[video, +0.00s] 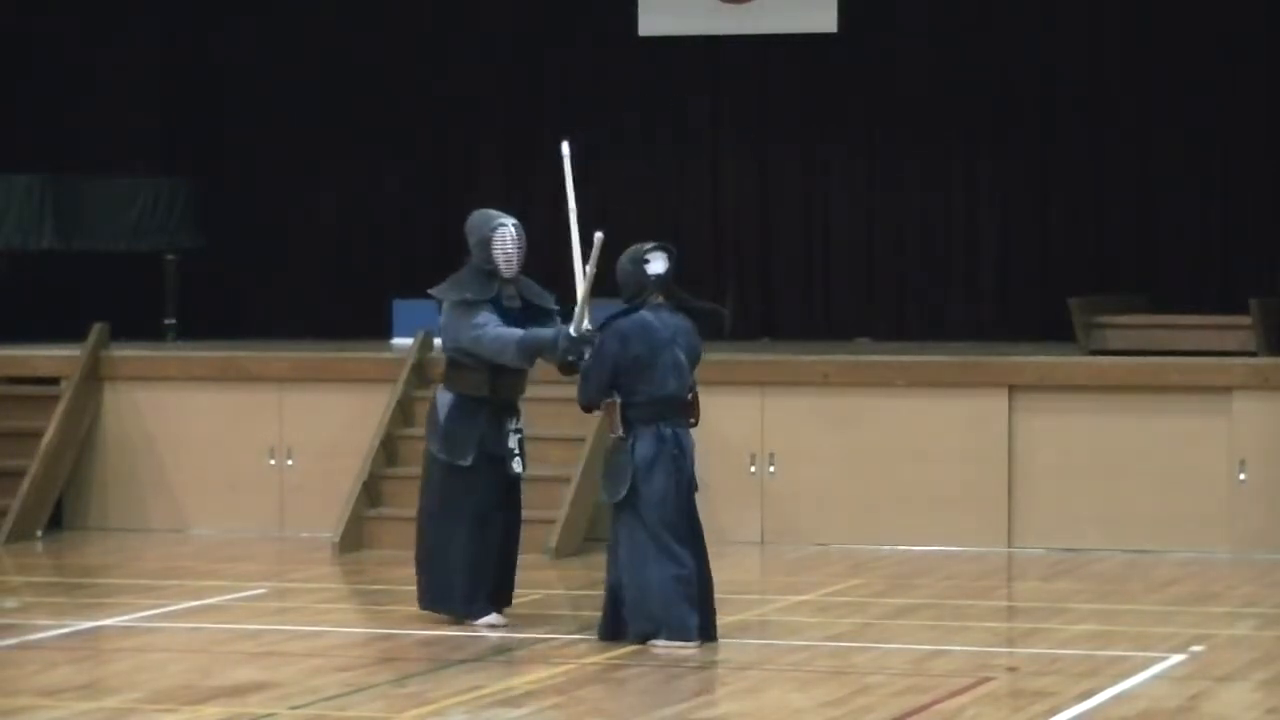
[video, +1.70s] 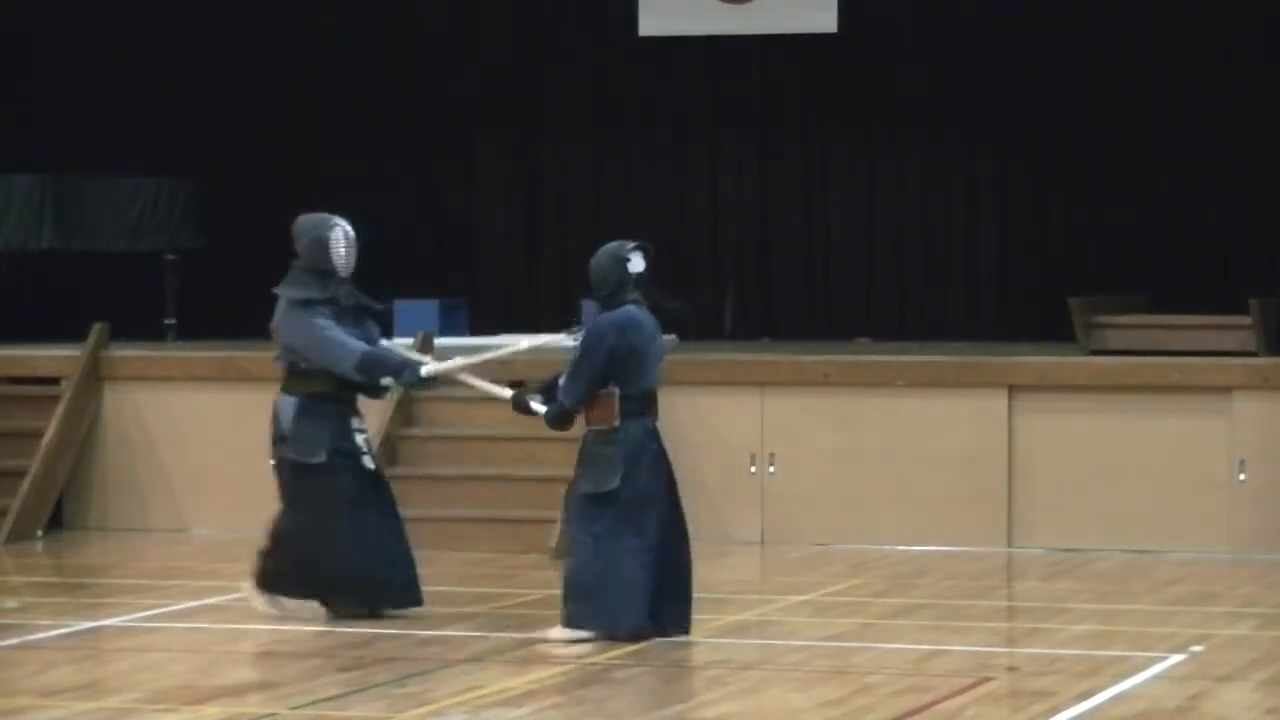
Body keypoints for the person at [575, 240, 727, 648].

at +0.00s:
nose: (620, 287)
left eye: (622, 281)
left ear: (628, 284)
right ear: (664, 283)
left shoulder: (618, 332)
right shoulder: (684, 327)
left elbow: (589, 396)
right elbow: (686, 367)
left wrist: (600, 363)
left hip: (641, 437)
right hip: (680, 434)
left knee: (647, 529)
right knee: (676, 528)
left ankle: (677, 628)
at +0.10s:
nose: (615, 288)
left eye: (618, 282)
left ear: (622, 285)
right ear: (656, 283)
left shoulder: (614, 332)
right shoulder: (676, 326)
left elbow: (585, 389)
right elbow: (683, 361)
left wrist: (585, 348)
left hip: (637, 436)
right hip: (674, 433)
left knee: (639, 526)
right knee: (671, 526)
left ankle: (673, 627)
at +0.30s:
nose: (596, 291)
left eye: (598, 285)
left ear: (603, 289)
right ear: (638, 286)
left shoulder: (600, 331)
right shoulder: (659, 328)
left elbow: (559, 378)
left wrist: (558, 345)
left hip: (624, 436)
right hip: (656, 433)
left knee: (634, 527)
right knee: (620, 527)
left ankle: (672, 624)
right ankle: (611, 621)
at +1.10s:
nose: (585, 286)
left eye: (589, 279)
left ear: (594, 282)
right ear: (629, 278)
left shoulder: (596, 329)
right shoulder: (649, 324)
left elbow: (562, 383)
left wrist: (542, 402)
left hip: (610, 435)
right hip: (642, 432)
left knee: (609, 521)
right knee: (623, 519)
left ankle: (666, 606)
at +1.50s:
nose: (601, 284)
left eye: (604, 277)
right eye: (604, 276)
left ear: (610, 279)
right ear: (640, 277)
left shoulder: (613, 326)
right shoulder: (655, 321)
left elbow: (576, 398)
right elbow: (603, 370)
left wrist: (543, 400)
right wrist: (551, 387)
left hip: (622, 435)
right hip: (653, 430)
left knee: (608, 525)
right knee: (646, 522)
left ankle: (651, 606)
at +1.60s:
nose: (600, 285)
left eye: (602, 278)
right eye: (603, 278)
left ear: (608, 281)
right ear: (637, 278)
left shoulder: (613, 327)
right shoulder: (651, 321)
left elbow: (580, 390)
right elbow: (597, 367)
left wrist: (546, 406)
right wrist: (545, 388)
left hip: (620, 436)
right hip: (650, 431)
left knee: (599, 523)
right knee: (649, 520)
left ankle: (624, 614)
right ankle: (660, 613)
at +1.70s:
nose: (593, 285)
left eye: (596, 279)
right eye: (596, 279)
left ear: (603, 282)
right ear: (631, 279)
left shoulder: (605, 327)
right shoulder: (645, 322)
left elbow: (576, 390)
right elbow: (591, 372)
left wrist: (549, 409)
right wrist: (545, 392)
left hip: (613, 439)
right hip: (644, 435)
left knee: (588, 520)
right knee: (640, 522)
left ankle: (587, 619)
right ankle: (646, 616)